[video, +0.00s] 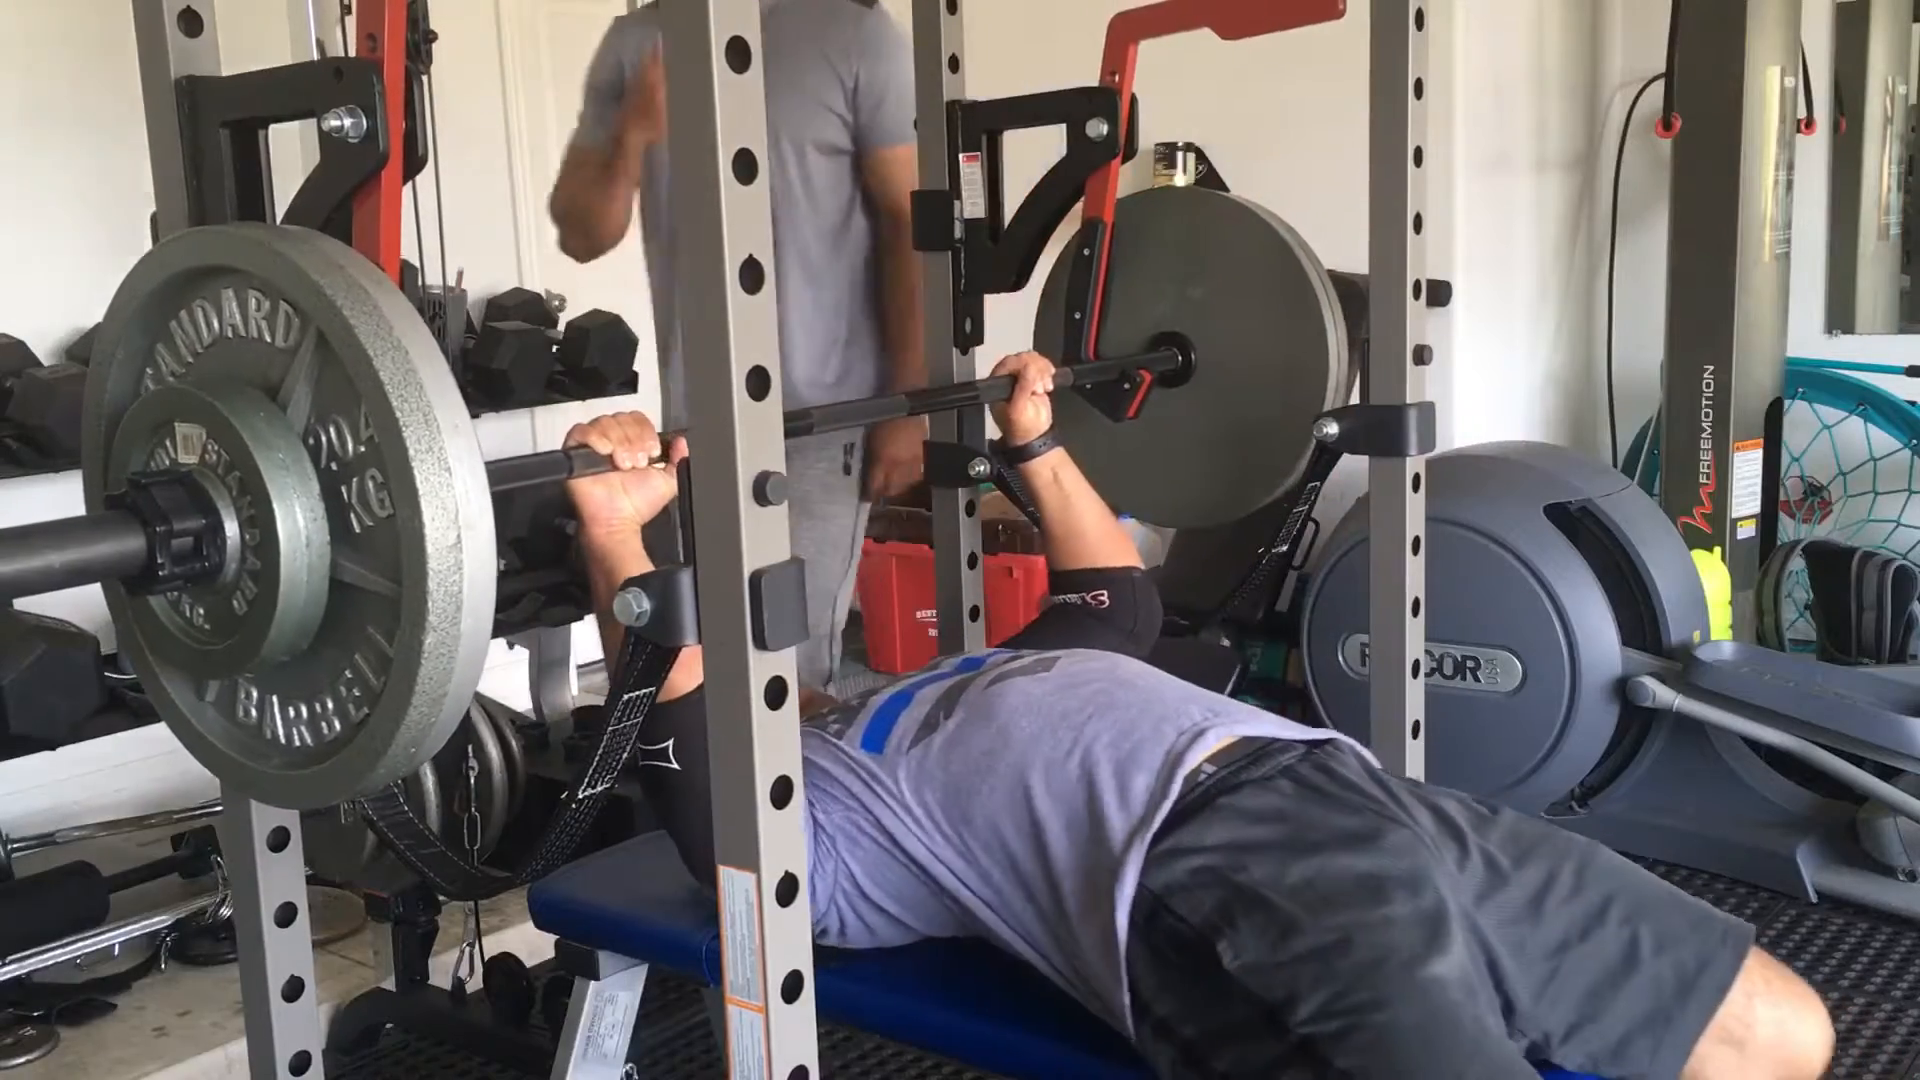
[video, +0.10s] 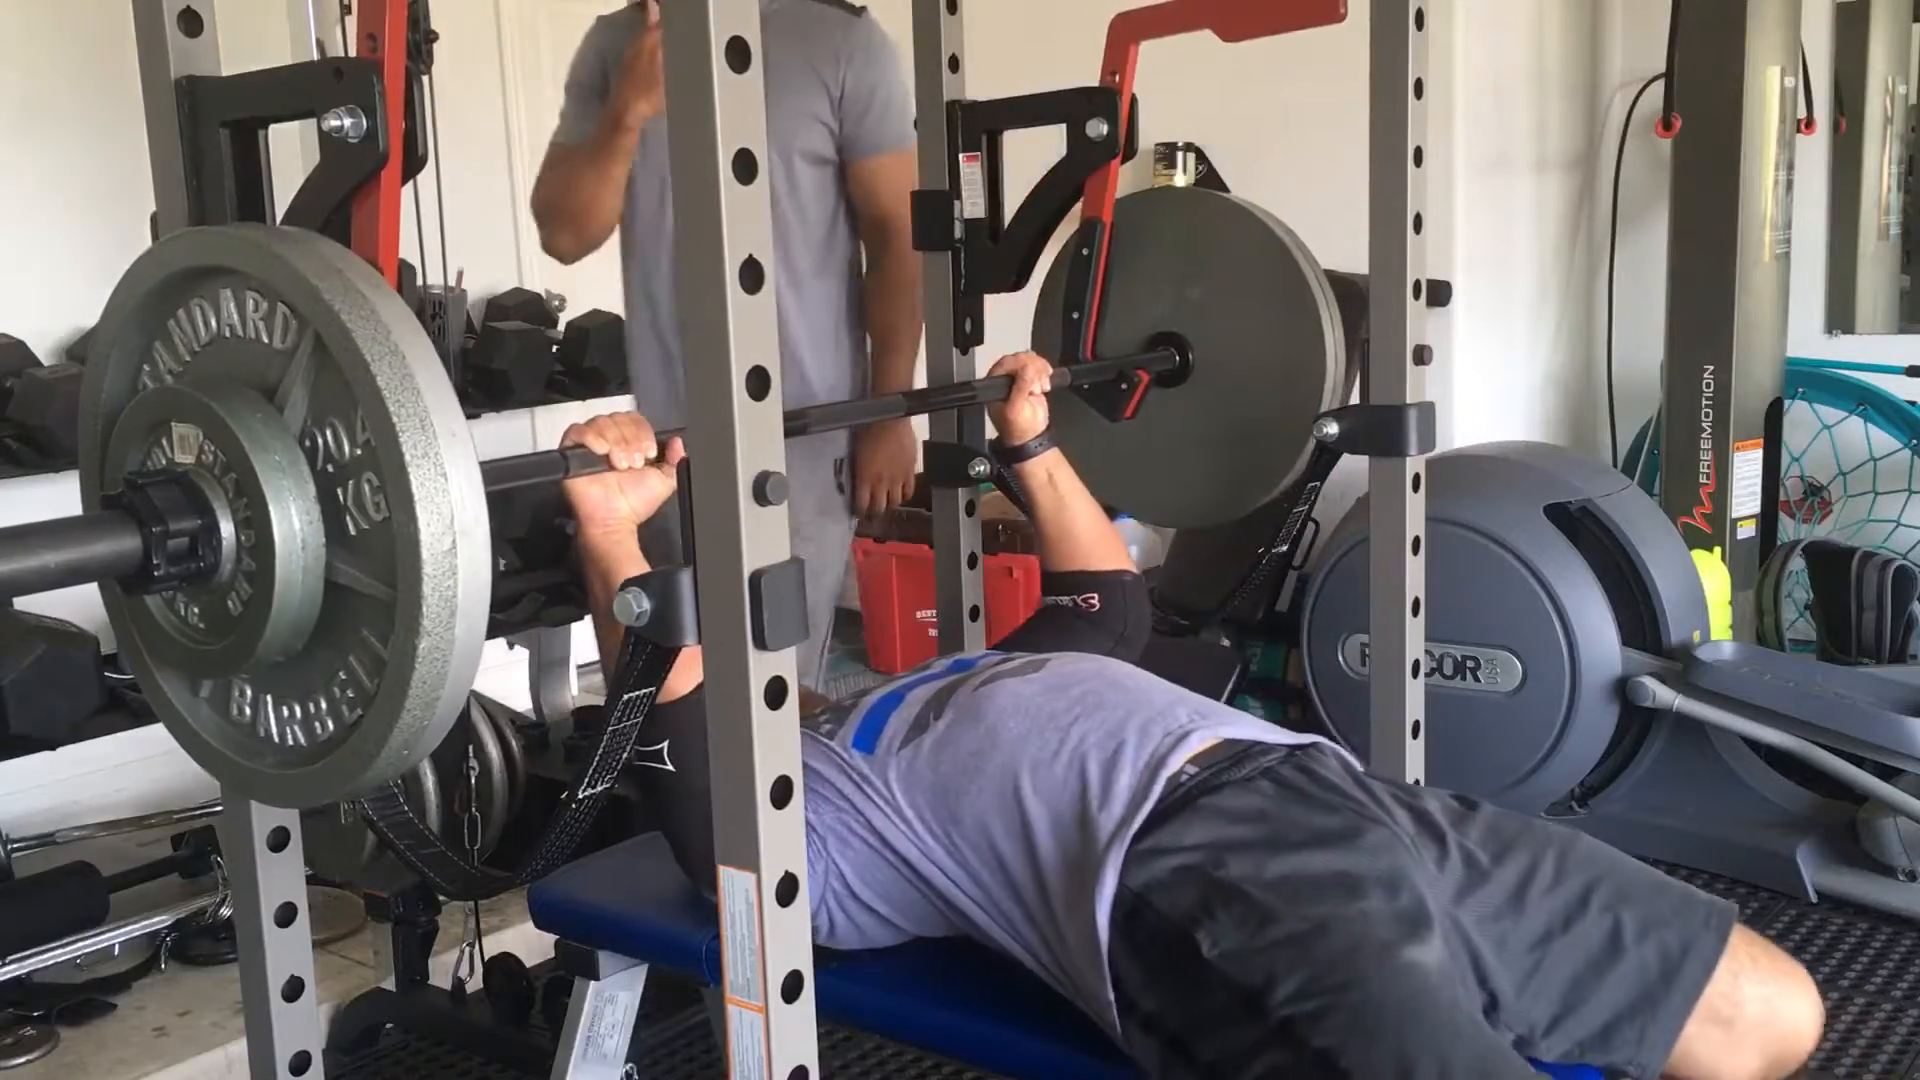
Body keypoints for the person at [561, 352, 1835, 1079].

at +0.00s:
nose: (789, 658)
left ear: (848, 659)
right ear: (739, 740)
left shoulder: (1008, 677)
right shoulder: (815, 819)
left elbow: (1123, 600)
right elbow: (711, 733)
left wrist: (1028, 446)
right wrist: (626, 551)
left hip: (1382, 789)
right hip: (1237, 863)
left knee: (1793, 1029)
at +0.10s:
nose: (763, 656)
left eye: (779, 642)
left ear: (855, 658)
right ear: (734, 741)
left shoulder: (1006, 682)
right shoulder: (811, 816)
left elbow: (1112, 602)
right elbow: (702, 725)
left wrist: (1026, 452)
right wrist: (612, 555)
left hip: (1350, 784)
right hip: (1217, 861)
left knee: (1779, 1012)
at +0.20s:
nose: (737, 664)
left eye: (738, 652)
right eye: (717, 680)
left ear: (833, 678)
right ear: (715, 742)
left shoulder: (981, 694)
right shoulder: (799, 824)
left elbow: (1097, 601)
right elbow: (681, 731)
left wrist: (1020, 449)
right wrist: (608, 550)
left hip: (1334, 786)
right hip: (1200, 859)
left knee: (1775, 990)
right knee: (1498, 1067)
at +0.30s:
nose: (737, 666)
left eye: (749, 664)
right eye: (723, 684)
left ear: (841, 682)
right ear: (726, 747)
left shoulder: (999, 696)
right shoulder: (796, 816)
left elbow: (1105, 612)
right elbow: (665, 740)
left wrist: (1020, 449)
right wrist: (605, 553)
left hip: (1330, 784)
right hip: (1191, 851)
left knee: (1774, 975)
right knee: (1452, 1059)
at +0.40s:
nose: (739, 662)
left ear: (846, 675)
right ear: (729, 747)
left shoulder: (1015, 693)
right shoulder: (800, 815)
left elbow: (1101, 606)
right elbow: (659, 754)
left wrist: (1020, 448)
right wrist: (604, 558)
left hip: (1331, 783)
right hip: (1184, 854)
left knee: (1774, 964)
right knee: (1400, 985)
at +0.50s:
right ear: (731, 732)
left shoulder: (1025, 679)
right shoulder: (813, 804)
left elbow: (1104, 605)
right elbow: (671, 754)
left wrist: (1023, 447)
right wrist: (605, 560)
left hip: (1333, 783)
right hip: (1192, 862)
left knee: (1777, 960)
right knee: (1416, 1009)